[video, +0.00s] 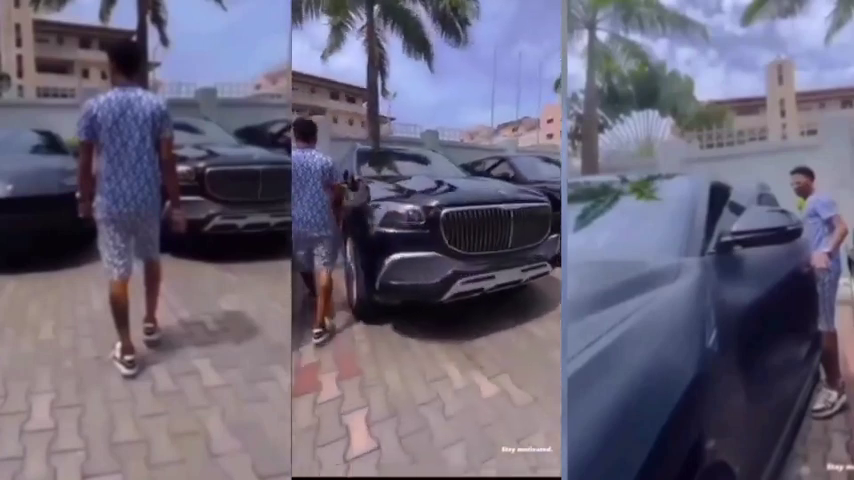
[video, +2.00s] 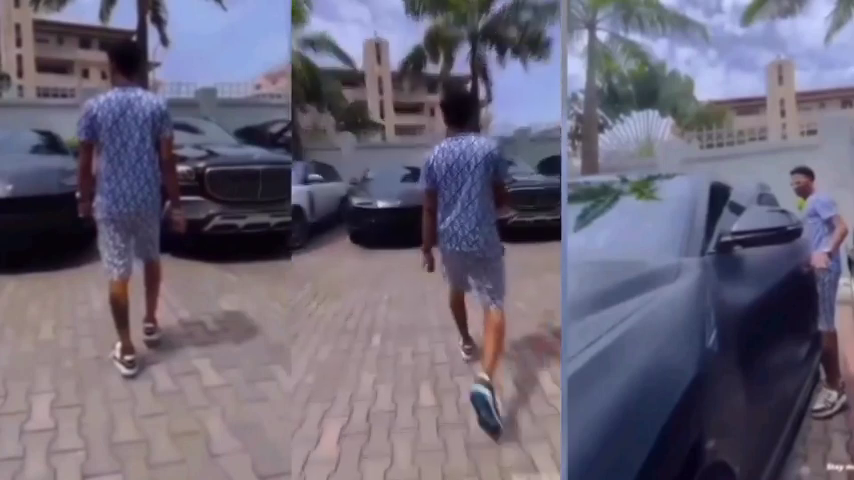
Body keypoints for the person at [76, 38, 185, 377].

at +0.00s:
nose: (112, 71)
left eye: (111, 66)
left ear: (112, 67)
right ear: (142, 67)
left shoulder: (95, 107)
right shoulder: (155, 105)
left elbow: (85, 161)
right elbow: (167, 159)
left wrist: (85, 199)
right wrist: (175, 202)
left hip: (110, 201)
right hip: (147, 200)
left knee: (118, 273)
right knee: (151, 260)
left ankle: (125, 348)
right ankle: (150, 319)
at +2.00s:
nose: (110, 72)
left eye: (110, 66)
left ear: (112, 68)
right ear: (142, 67)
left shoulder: (96, 107)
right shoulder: (156, 106)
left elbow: (85, 161)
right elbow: (167, 160)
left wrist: (85, 199)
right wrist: (175, 202)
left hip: (110, 201)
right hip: (147, 200)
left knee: (118, 273)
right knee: (151, 260)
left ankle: (125, 348)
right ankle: (150, 319)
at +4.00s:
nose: (110, 71)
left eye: (110, 66)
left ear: (112, 68)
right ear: (142, 67)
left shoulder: (95, 107)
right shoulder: (156, 106)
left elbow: (85, 161)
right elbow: (167, 160)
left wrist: (84, 199)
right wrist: (175, 202)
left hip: (110, 201)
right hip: (147, 200)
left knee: (118, 273)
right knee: (151, 260)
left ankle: (125, 348)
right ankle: (150, 319)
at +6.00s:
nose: (110, 71)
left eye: (110, 66)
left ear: (112, 68)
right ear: (142, 67)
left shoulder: (95, 107)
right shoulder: (156, 106)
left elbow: (85, 161)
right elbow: (167, 160)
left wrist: (84, 199)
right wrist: (175, 202)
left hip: (110, 202)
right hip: (147, 200)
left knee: (118, 273)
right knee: (151, 260)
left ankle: (125, 348)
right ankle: (150, 319)